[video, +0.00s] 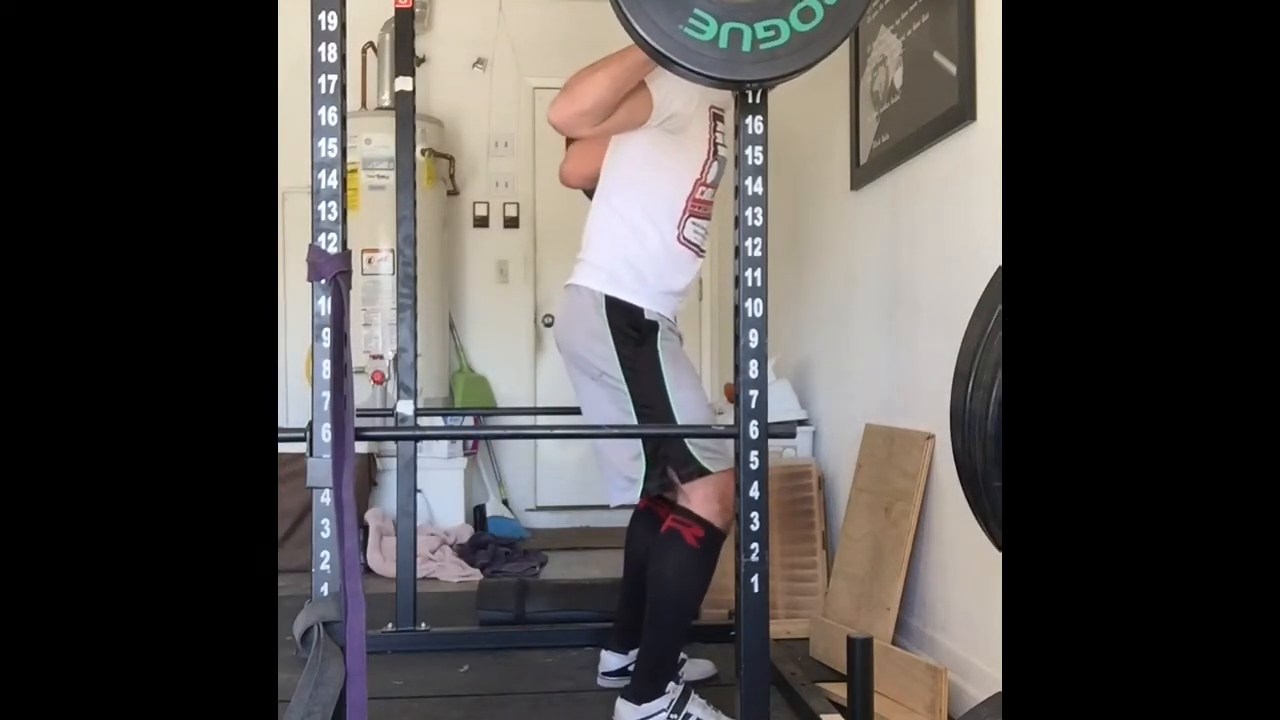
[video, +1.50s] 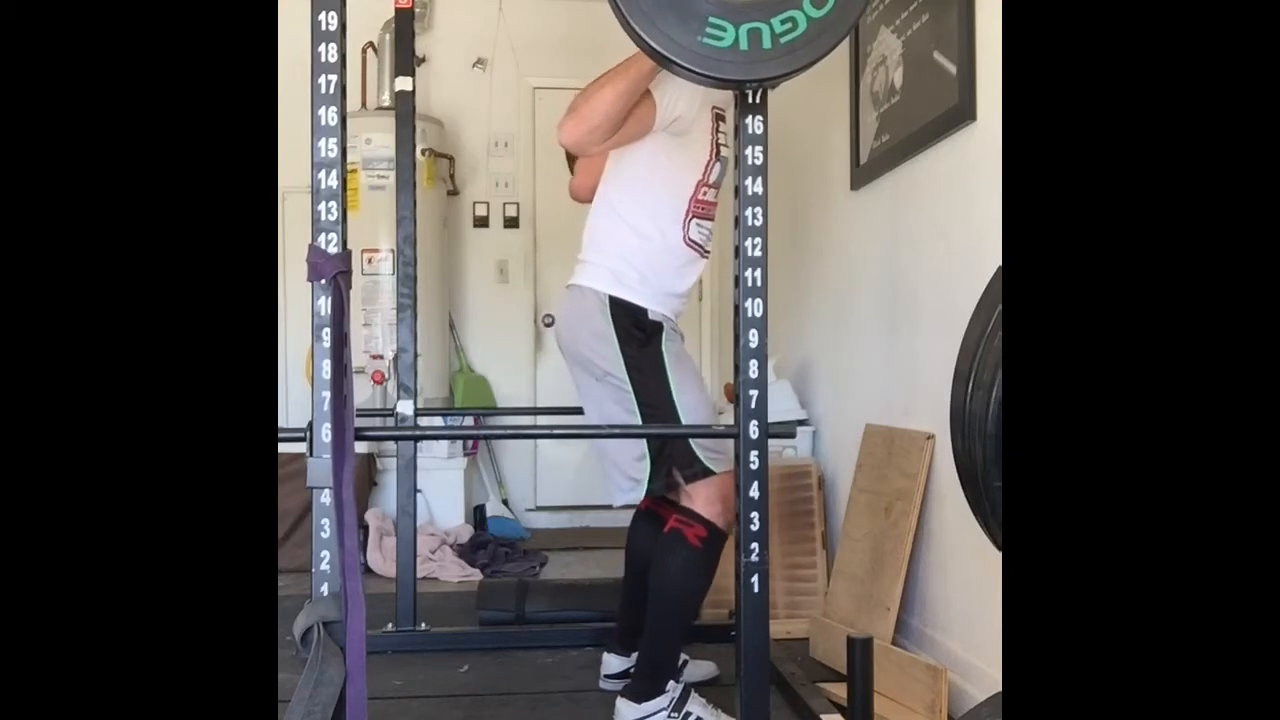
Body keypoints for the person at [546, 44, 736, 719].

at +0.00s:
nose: (765, 49)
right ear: (729, 31)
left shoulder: (703, 104)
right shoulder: (684, 77)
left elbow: (575, 167)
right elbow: (566, 114)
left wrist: (667, 176)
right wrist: (654, 43)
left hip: (633, 309)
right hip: (616, 309)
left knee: (672, 484)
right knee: (709, 492)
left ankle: (627, 651)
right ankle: (650, 695)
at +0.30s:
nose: (760, 54)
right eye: (753, 39)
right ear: (725, 35)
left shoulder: (695, 105)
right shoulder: (683, 80)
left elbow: (575, 168)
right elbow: (567, 117)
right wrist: (653, 45)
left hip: (625, 306)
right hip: (606, 305)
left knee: (664, 486)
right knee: (697, 486)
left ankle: (624, 651)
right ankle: (649, 695)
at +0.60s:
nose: (760, 49)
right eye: (752, 36)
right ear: (723, 31)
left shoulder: (698, 101)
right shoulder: (681, 76)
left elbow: (579, 170)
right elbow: (569, 121)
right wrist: (654, 46)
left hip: (625, 304)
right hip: (611, 305)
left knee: (661, 484)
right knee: (702, 486)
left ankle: (630, 653)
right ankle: (650, 694)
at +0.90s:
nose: (764, 44)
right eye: (754, 31)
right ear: (724, 25)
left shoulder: (703, 100)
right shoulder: (684, 76)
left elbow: (579, 173)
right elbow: (572, 124)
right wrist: (656, 46)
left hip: (628, 306)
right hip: (614, 306)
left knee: (667, 485)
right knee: (707, 488)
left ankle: (630, 654)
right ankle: (650, 694)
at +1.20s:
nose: (765, 46)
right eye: (756, 32)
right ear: (726, 28)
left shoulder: (704, 104)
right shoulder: (684, 81)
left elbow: (579, 174)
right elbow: (572, 129)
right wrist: (660, 50)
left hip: (626, 307)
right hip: (615, 307)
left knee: (670, 486)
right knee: (708, 490)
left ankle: (630, 654)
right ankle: (652, 694)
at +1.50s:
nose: (768, 46)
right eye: (759, 33)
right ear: (729, 28)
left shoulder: (707, 101)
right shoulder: (685, 78)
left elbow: (584, 181)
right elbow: (575, 131)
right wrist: (657, 47)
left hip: (630, 309)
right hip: (618, 310)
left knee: (672, 488)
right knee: (711, 494)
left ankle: (629, 655)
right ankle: (651, 694)